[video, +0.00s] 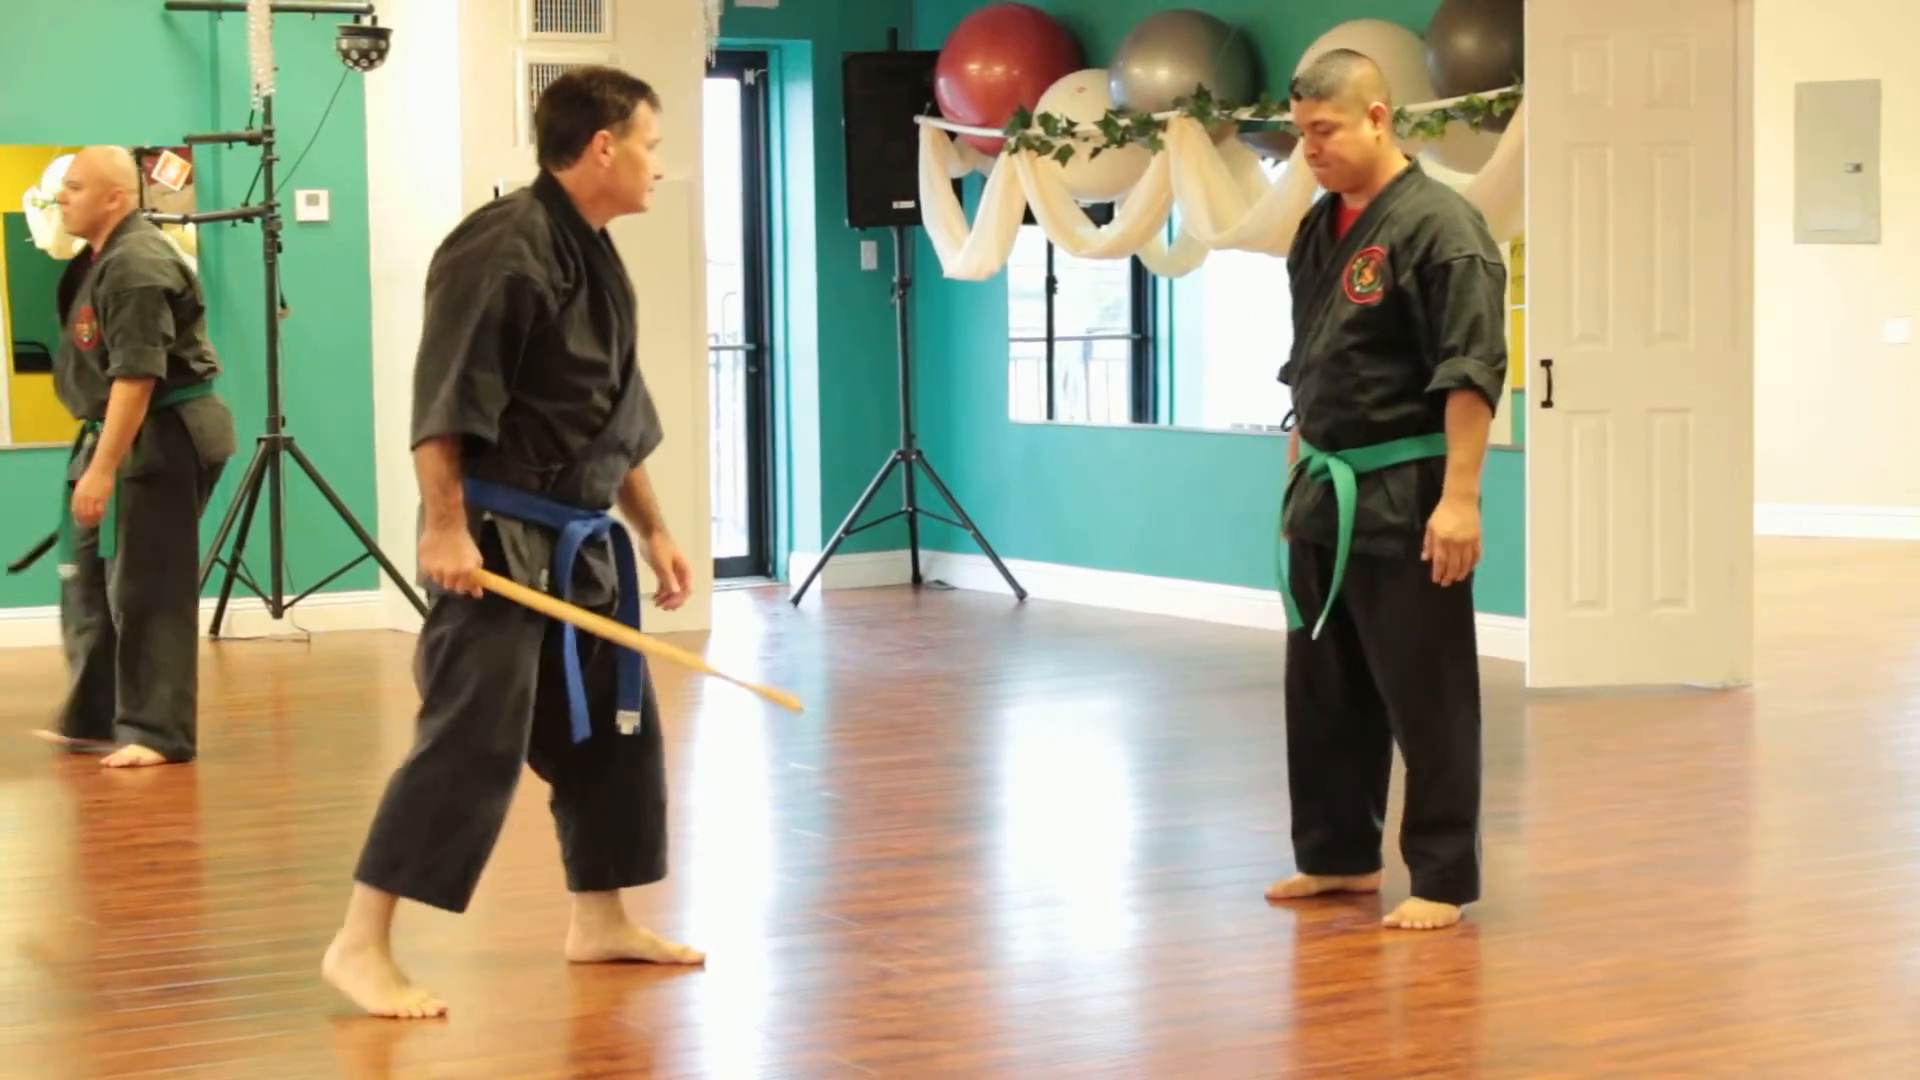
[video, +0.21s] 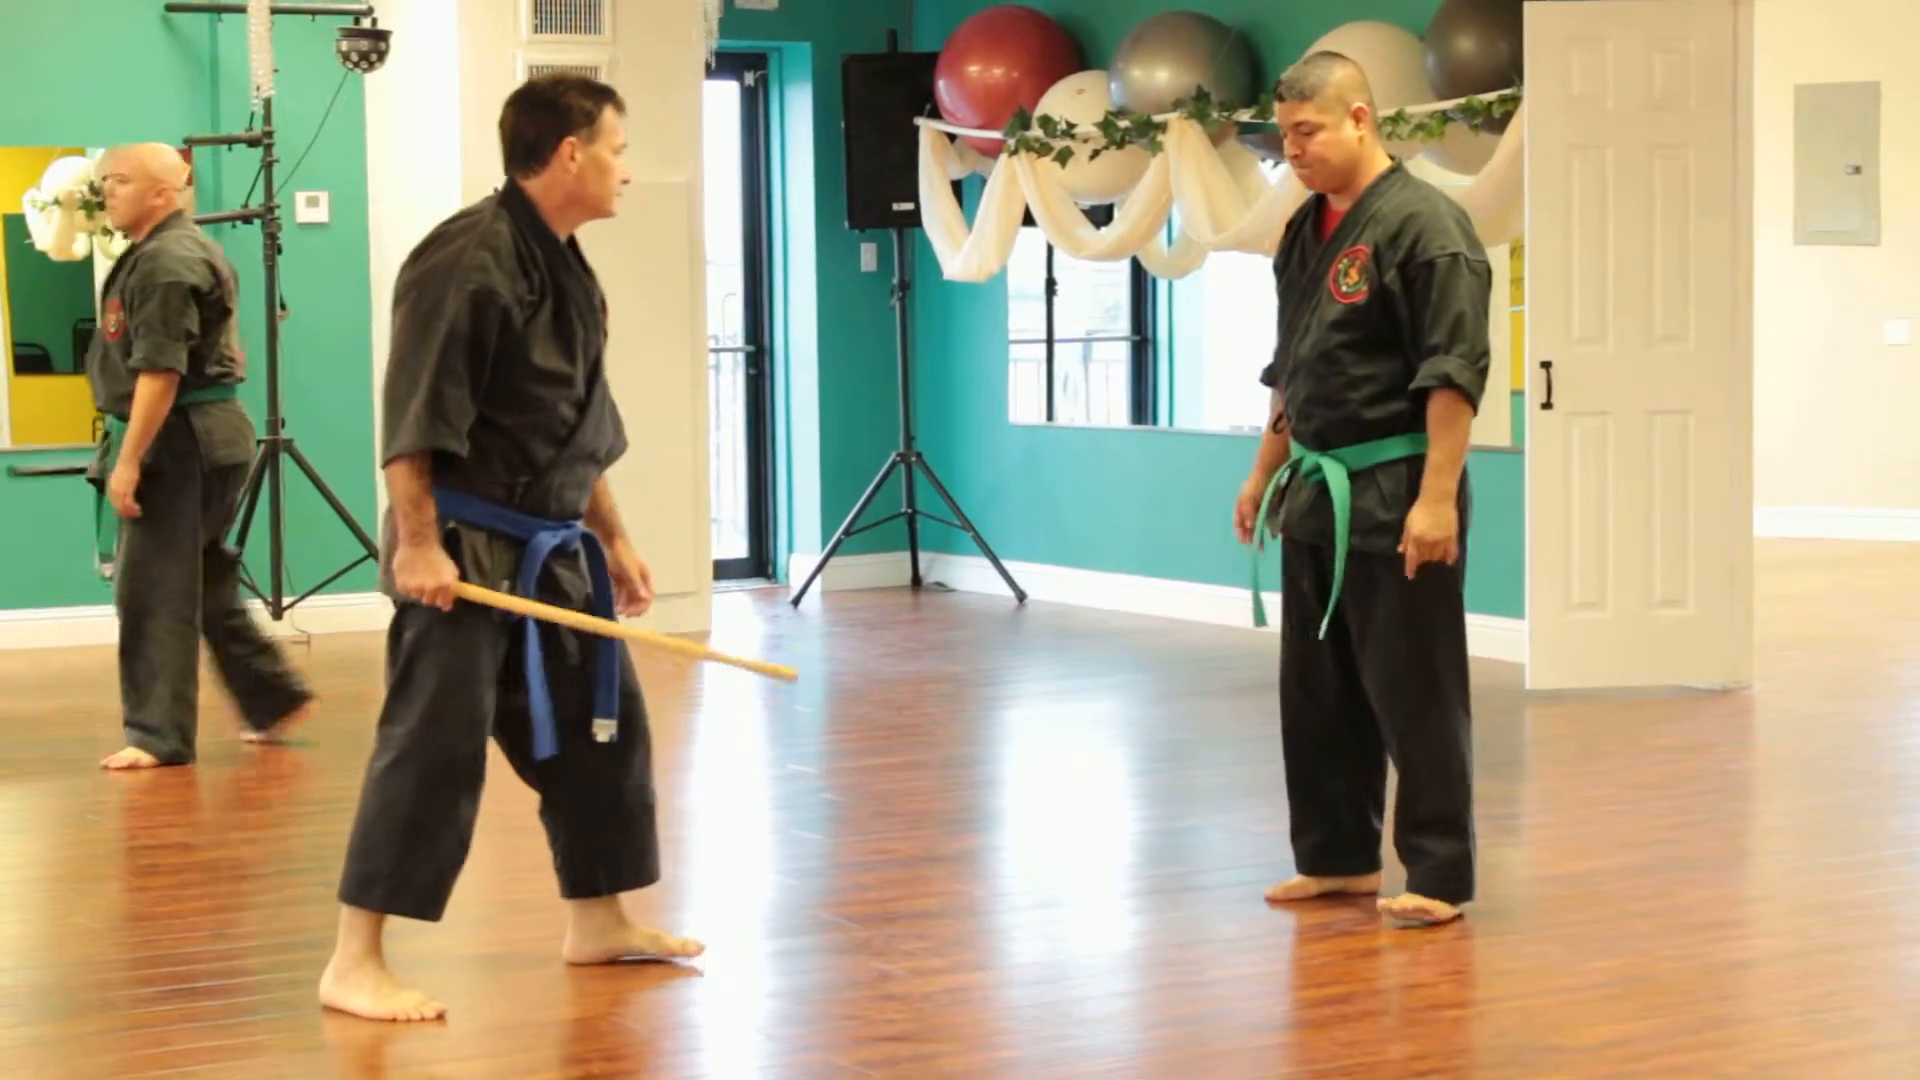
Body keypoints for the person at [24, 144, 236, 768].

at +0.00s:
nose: (62, 197)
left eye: (73, 188)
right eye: (64, 187)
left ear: (113, 198)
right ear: (109, 199)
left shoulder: (136, 263)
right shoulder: (109, 258)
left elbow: (137, 378)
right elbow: (118, 370)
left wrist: (102, 468)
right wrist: (100, 447)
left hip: (163, 433)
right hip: (129, 428)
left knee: (150, 580)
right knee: (93, 575)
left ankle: (160, 732)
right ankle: (95, 718)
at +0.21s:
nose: (104, 194)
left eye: (118, 183)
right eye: (106, 182)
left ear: (163, 192)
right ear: (164, 195)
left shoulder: (165, 262)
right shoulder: (185, 248)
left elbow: (160, 376)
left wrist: (128, 461)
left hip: (179, 435)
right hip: (212, 428)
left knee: (155, 584)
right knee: (203, 574)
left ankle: (160, 737)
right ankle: (276, 697)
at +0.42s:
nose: (142, 202)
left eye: (154, 193)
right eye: (145, 191)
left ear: (196, 205)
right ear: (204, 208)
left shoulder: (190, 273)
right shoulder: (237, 260)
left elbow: (180, 384)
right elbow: (257, 360)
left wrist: (150, 469)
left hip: (208, 442)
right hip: (255, 436)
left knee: (144, 584)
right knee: (253, 579)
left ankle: (153, 735)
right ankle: (303, 713)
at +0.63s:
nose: (155, 201)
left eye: (169, 192)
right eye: (158, 190)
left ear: (211, 205)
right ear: (218, 208)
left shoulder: (195, 269)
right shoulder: (258, 263)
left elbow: (178, 374)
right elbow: (271, 366)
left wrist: (148, 456)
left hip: (212, 443)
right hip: (260, 440)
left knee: (154, 591)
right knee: (248, 594)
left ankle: (133, 740)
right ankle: (291, 723)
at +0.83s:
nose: (152, 202)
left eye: (164, 192)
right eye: (154, 191)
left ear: (207, 206)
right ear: (214, 209)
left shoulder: (192, 272)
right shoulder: (254, 266)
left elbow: (159, 379)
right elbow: (270, 373)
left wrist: (116, 456)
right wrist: (260, 444)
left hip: (198, 447)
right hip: (246, 444)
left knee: (142, 593)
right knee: (237, 590)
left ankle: (130, 744)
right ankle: (289, 722)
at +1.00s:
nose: (148, 205)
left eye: (161, 195)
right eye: (151, 193)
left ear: (202, 208)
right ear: (208, 210)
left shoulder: (191, 272)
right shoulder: (240, 262)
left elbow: (159, 381)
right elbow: (245, 365)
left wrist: (111, 455)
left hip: (196, 447)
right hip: (242, 442)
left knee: (141, 593)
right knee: (237, 591)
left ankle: (130, 744)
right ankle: (289, 722)